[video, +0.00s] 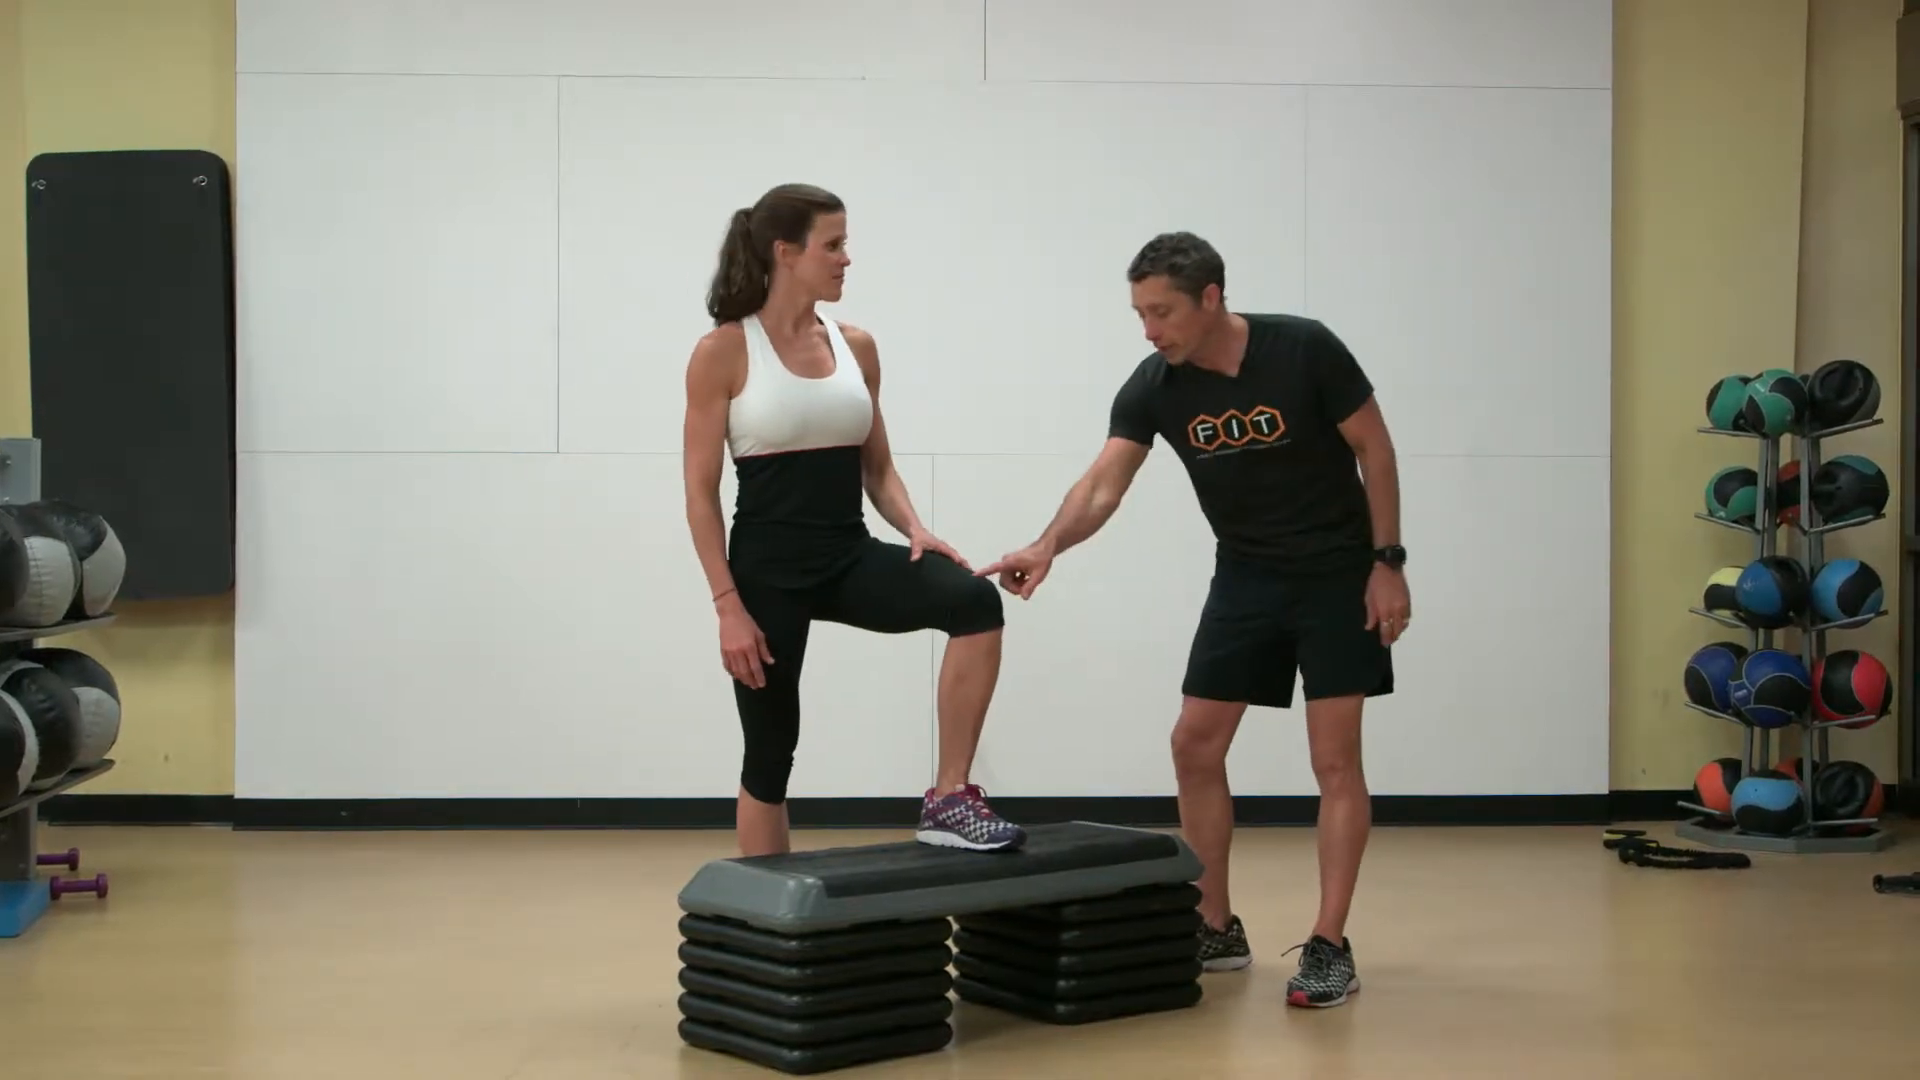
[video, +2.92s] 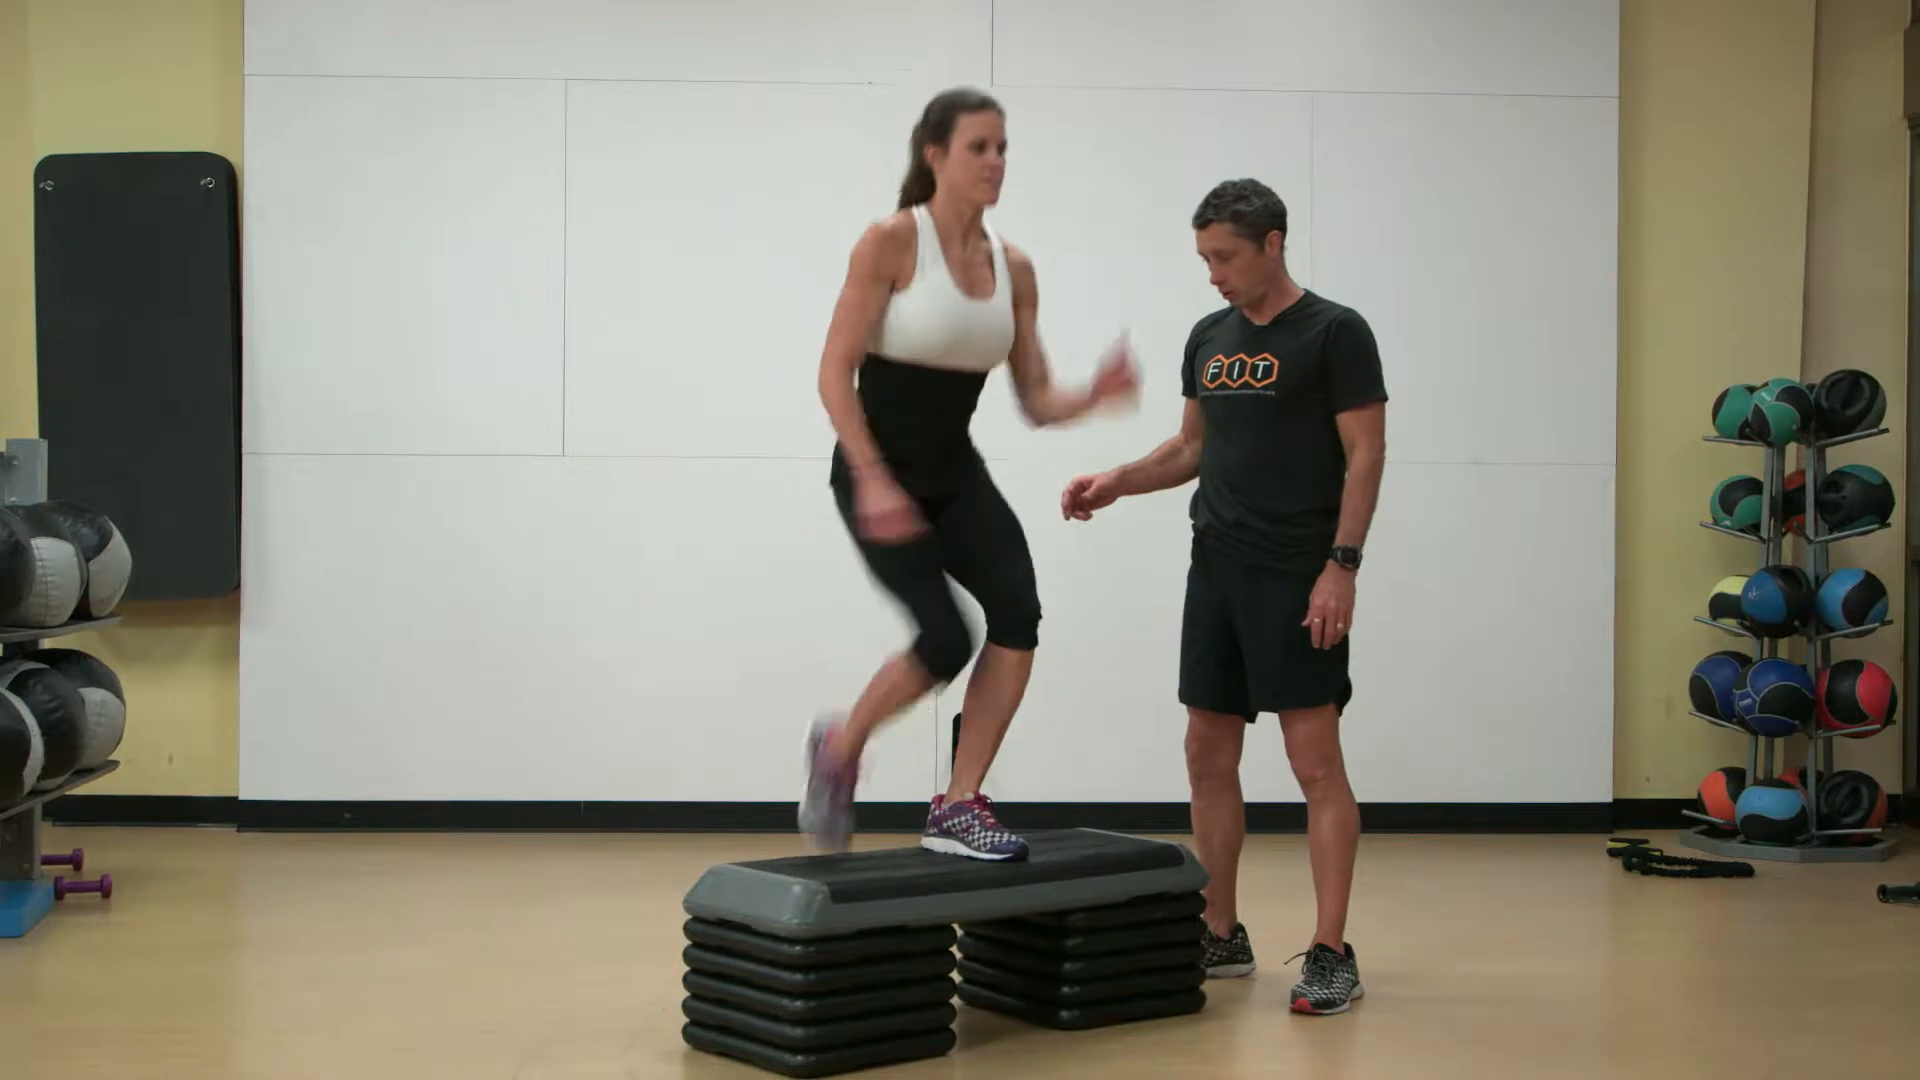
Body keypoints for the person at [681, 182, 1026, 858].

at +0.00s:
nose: (846, 257)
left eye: (846, 244)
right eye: (833, 245)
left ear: (800, 252)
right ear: (784, 252)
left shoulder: (855, 348)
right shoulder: (723, 353)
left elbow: (878, 467)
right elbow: (700, 493)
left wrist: (915, 529)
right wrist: (728, 607)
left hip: (847, 557)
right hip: (767, 566)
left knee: (975, 604)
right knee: (769, 760)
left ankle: (951, 797)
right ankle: (766, 930)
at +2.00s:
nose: (854, 283)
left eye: (862, 268)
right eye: (841, 266)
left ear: (869, 266)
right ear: (797, 254)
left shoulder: (869, 348)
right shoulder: (748, 352)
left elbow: (884, 473)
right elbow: (724, 493)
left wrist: (934, 540)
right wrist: (755, 608)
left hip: (861, 558)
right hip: (784, 568)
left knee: (986, 608)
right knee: (786, 760)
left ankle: (952, 801)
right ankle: (772, 932)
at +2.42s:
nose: (876, 267)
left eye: (882, 254)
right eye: (861, 253)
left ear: (885, 258)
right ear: (814, 254)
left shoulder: (891, 349)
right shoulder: (771, 355)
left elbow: (888, 470)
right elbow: (739, 493)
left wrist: (907, 593)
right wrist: (811, 527)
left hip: (877, 558)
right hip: (798, 569)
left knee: (986, 606)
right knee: (794, 765)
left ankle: (952, 800)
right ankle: (776, 934)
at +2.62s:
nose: (926, 272)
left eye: (931, 259)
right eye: (910, 259)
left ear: (935, 265)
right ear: (864, 267)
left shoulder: (939, 359)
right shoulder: (821, 358)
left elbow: (916, 483)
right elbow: (805, 489)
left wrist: (916, 598)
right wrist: (898, 431)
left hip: (900, 557)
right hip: (829, 564)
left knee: (1005, 617)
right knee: (831, 770)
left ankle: (954, 802)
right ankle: (783, 930)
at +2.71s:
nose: (953, 253)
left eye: (958, 239)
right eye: (937, 240)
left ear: (963, 246)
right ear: (891, 247)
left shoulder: (965, 340)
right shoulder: (851, 332)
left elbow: (945, 459)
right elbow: (836, 457)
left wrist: (950, 563)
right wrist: (930, 416)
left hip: (923, 540)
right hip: (848, 542)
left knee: (1019, 622)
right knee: (829, 741)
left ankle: (957, 803)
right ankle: (791, 916)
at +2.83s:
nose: (988, 194)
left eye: (992, 180)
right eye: (972, 181)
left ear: (993, 188)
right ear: (926, 188)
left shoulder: (1001, 291)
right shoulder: (885, 272)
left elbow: (998, 418)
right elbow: (845, 398)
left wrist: (1051, 493)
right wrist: (933, 453)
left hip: (946, 494)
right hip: (868, 493)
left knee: (1019, 619)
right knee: (878, 698)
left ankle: (957, 805)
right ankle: (806, 867)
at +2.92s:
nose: (997, 161)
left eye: (1002, 148)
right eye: (980, 148)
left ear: (1004, 159)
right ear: (935, 155)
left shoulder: (1012, 267)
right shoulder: (889, 244)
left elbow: (1038, 403)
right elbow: (834, 374)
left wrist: (1094, 395)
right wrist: (871, 476)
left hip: (950, 461)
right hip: (877, 460)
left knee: (1015, 615)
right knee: (947, 640)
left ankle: (959, 803)